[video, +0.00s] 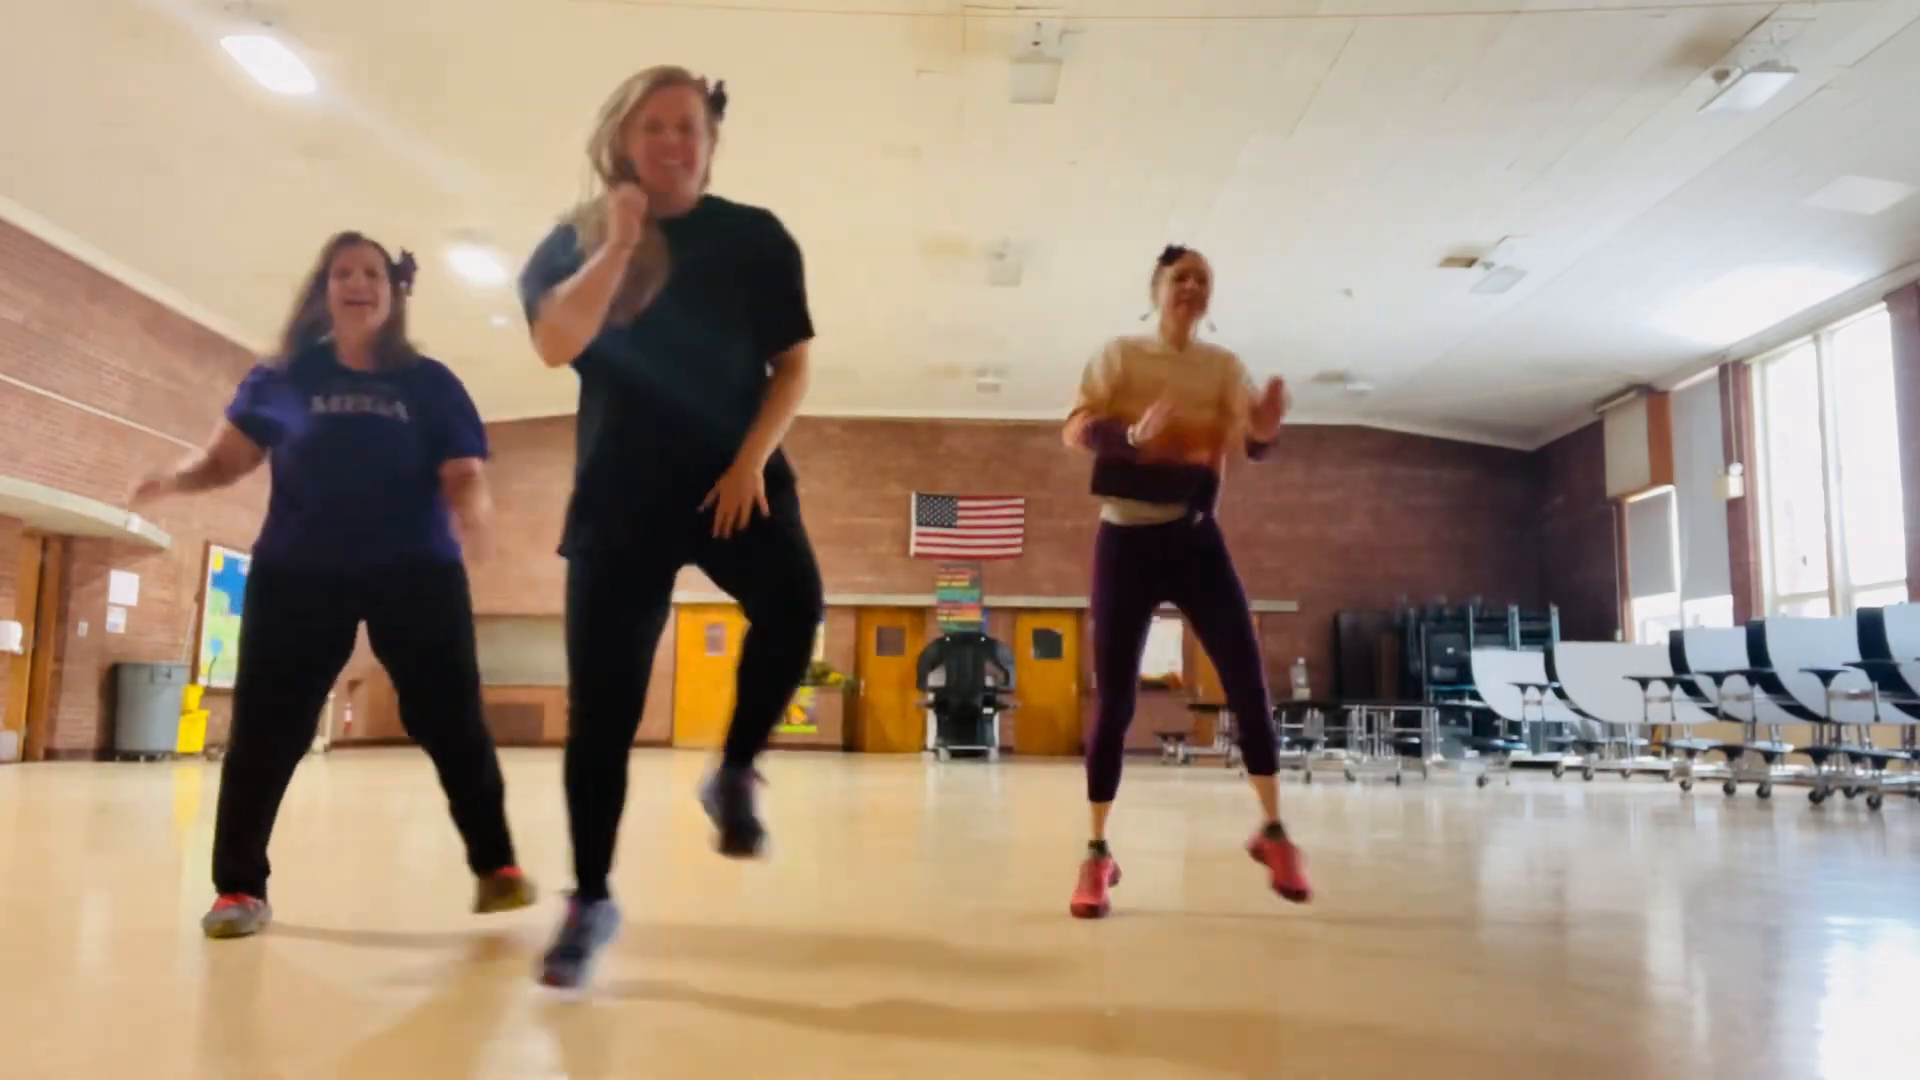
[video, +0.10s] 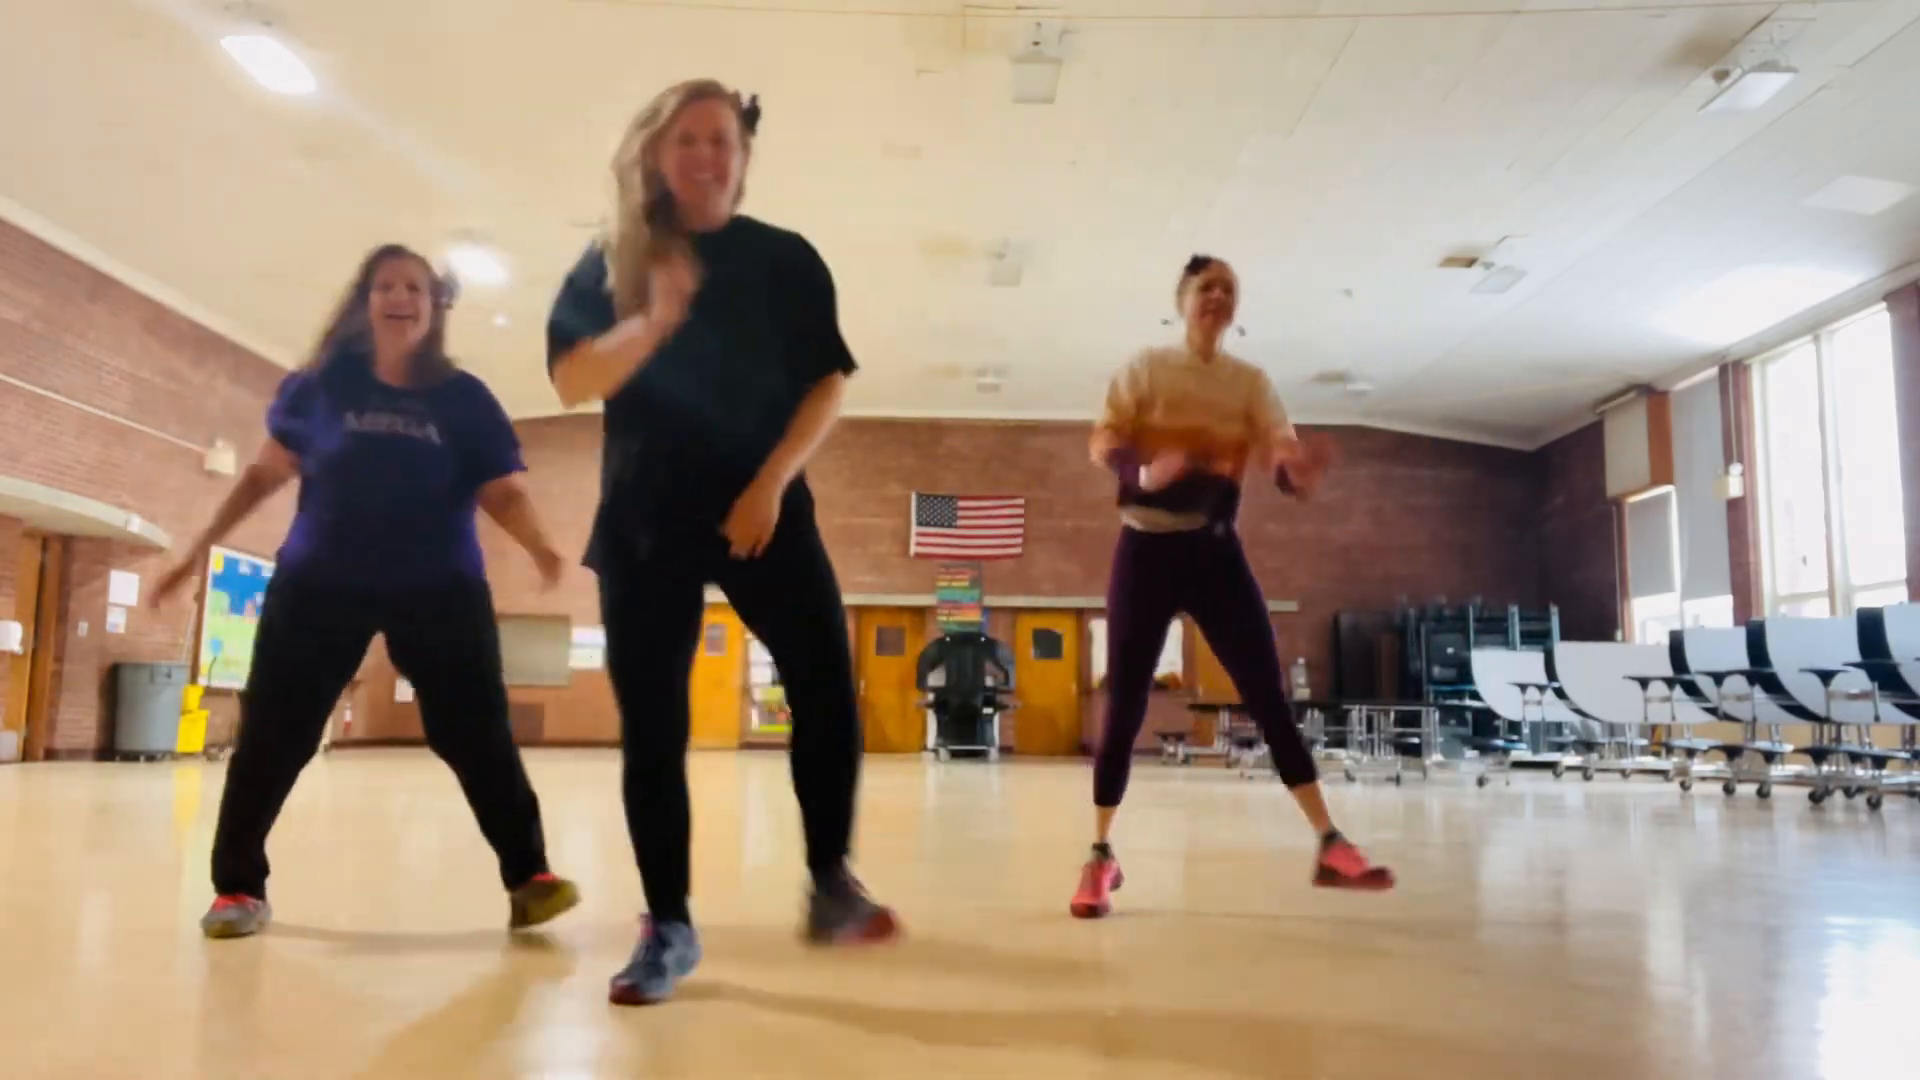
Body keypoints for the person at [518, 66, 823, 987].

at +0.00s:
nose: (673, 146)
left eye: (688, 131)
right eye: (655, 130)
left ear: (711, 145)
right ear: (619, 143)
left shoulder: (755, 240)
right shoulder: (578, 242)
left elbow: (794, 364)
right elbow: (555, 343)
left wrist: (752, 459)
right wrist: (615, 249)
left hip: (735, 485)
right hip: (624, 494)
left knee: (792, 611)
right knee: (601, 706)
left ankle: (736, 773)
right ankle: (589, 897)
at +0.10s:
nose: (707, 158)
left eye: (722, 143)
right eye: (688, 141)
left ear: (746, 159)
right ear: (653, 155)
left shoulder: (786, 260)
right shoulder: (611, 264)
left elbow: (830, 379)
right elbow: (571, 379)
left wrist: (772, 482)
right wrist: (653, 321)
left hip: (762, 511)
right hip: (647, 521)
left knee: (827, 693)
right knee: (652, 732)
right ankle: (668, 926)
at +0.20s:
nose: (737, 171)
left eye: (753, 158)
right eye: (721, 157)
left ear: (779, 173)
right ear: (692, 170)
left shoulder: (821, 276)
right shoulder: (654, 288)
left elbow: (862, 407)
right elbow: (596, 421)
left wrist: (809, 525)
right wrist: (669, 437)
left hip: (796, 554)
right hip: (683, 558)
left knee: (832, 752)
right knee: (673, 753)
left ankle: (882, 953)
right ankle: (668, 940)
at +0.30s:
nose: (774, 158)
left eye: (792, 144)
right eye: (758, 143)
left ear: (821, 161)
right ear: (732, 160)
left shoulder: (865, 264)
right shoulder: (700, 286)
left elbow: (920, 404)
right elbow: (662, 427)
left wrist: (867, 518)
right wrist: (673, 508)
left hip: (849, 536)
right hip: (731, 535)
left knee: (866, 746)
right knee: (681, 734)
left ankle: (889, 958)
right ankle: (671, 923)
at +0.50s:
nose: (867, 142)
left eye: (885, 129)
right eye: (851, 129)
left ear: (917, 151)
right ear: (824, 150)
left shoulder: (965, 268)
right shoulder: (788, 280)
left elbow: (1039, 398)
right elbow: (754, 409)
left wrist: (992, 511)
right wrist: (747, 503)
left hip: (942, 547)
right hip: (826, 542)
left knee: (916, 756)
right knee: (760, 714)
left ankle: (896, 971)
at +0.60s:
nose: (908, 133)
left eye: (926, 120)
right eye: (892, 119)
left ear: (957, 140)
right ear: (866, 140)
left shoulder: (1006, 261)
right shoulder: (828, 268)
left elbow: (1072, 387)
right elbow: (790, 399)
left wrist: (1041, 501)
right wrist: (789, 496)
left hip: (975, 543)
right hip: (861, 540)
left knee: (940, 745)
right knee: (850, 729)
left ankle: (905, 969)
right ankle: (988, 853)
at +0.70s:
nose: (940, 136)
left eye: (958, 123)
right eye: (925, 122)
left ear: (988, 142)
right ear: (899, 143)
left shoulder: (1036, 257)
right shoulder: (861, 269)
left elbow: (1098, 383)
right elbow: (821, 404)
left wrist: (1082, 494)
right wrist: (833, 490)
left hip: (1015, 539)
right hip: (901, 542)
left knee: (979, 745)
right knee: (938, 751)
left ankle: (937, 960)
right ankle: (1019, 929)